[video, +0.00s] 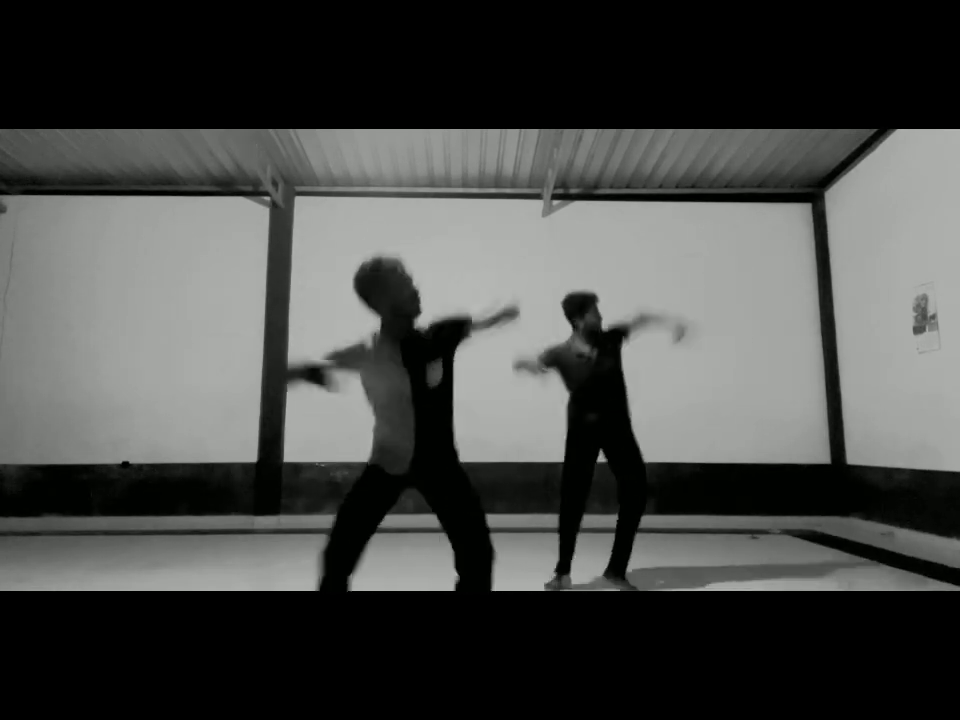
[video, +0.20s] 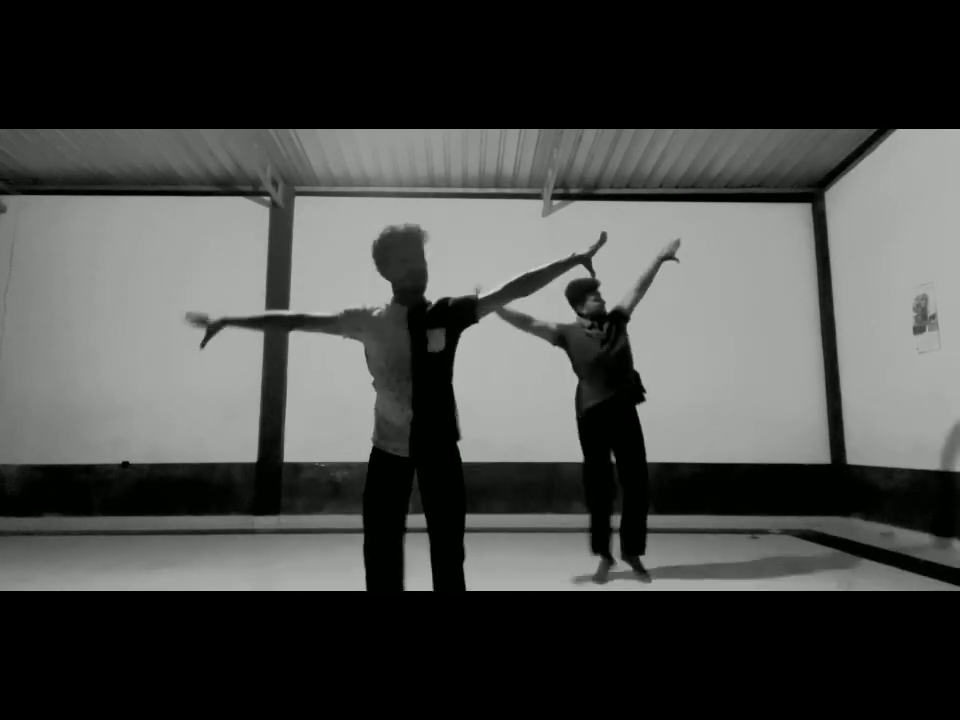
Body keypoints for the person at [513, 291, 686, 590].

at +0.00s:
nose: (599, 316)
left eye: (598, 311)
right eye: (593, 312)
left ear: (592, 315)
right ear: (579, 318)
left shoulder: (612, 338)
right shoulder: (561, 353)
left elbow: (641, 320)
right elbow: (531, 364)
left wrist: (674, 324)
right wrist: (528, 366)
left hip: (617, 431)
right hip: (582, 436)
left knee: (635, 493)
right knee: (572, 498)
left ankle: (616, 571)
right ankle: (563, 571)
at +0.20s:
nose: (600, 299)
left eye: (599, 294)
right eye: (593, 297)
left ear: (599, 299)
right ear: (578, 306)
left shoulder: (617, 320)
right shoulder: (566, 333)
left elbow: (639, 287)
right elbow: (526, 321)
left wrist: (660, 258)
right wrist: (490, 304)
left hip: (623, 412)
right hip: (593, 415)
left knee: (636, 482)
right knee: (598, 484)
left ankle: (632, 553)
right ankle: (605, 556)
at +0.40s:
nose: (604, 308)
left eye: (607, 304)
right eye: (597, 306)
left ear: (613, 307)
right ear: (587, 313)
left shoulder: (627, 334)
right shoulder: (579, 339)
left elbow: (648, 300)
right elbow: (546, 315)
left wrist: (642, 277)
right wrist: (556, 282)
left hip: (629, 424)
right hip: (595, 426)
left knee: (645, 490)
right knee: (602, 496)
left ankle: (650, 560)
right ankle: (610, 563)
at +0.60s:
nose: (623, 323)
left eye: (627, 319)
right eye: (617, 319)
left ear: (635, 324)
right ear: (610, 325)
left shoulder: (647, 354)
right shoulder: (602, 351)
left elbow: (662, 354)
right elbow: (587, 350)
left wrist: (641, 323)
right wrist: (602, 319)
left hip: (632, 432)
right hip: (596, 428)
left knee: (655, 488)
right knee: (575, 483)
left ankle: (659, 565)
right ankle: (587, 549)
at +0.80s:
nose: (630, 357)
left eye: (634, 351)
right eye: (625, 351)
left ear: (641, 349)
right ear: (617, 349)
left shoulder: (651, 385)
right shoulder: (599, 377)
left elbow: (651, 420)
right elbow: (589, 417)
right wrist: (605, 429)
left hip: (631, 452)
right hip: (594, 448)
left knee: (673, 499)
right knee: (547, 476)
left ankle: (662, 567)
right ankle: (527, 550)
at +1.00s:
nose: (587, 367)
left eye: (588, 361)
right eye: (582, 362)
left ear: (592, 361)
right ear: (579, 363)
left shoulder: (619, 392)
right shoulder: (565, 397)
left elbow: (664, 418)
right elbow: (533, 425)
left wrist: (707, 431)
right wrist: (494, 438)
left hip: (618, 466)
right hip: (575, 467)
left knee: (669, 504)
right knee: (528, 496)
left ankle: (664, 570)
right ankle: (522, 569)